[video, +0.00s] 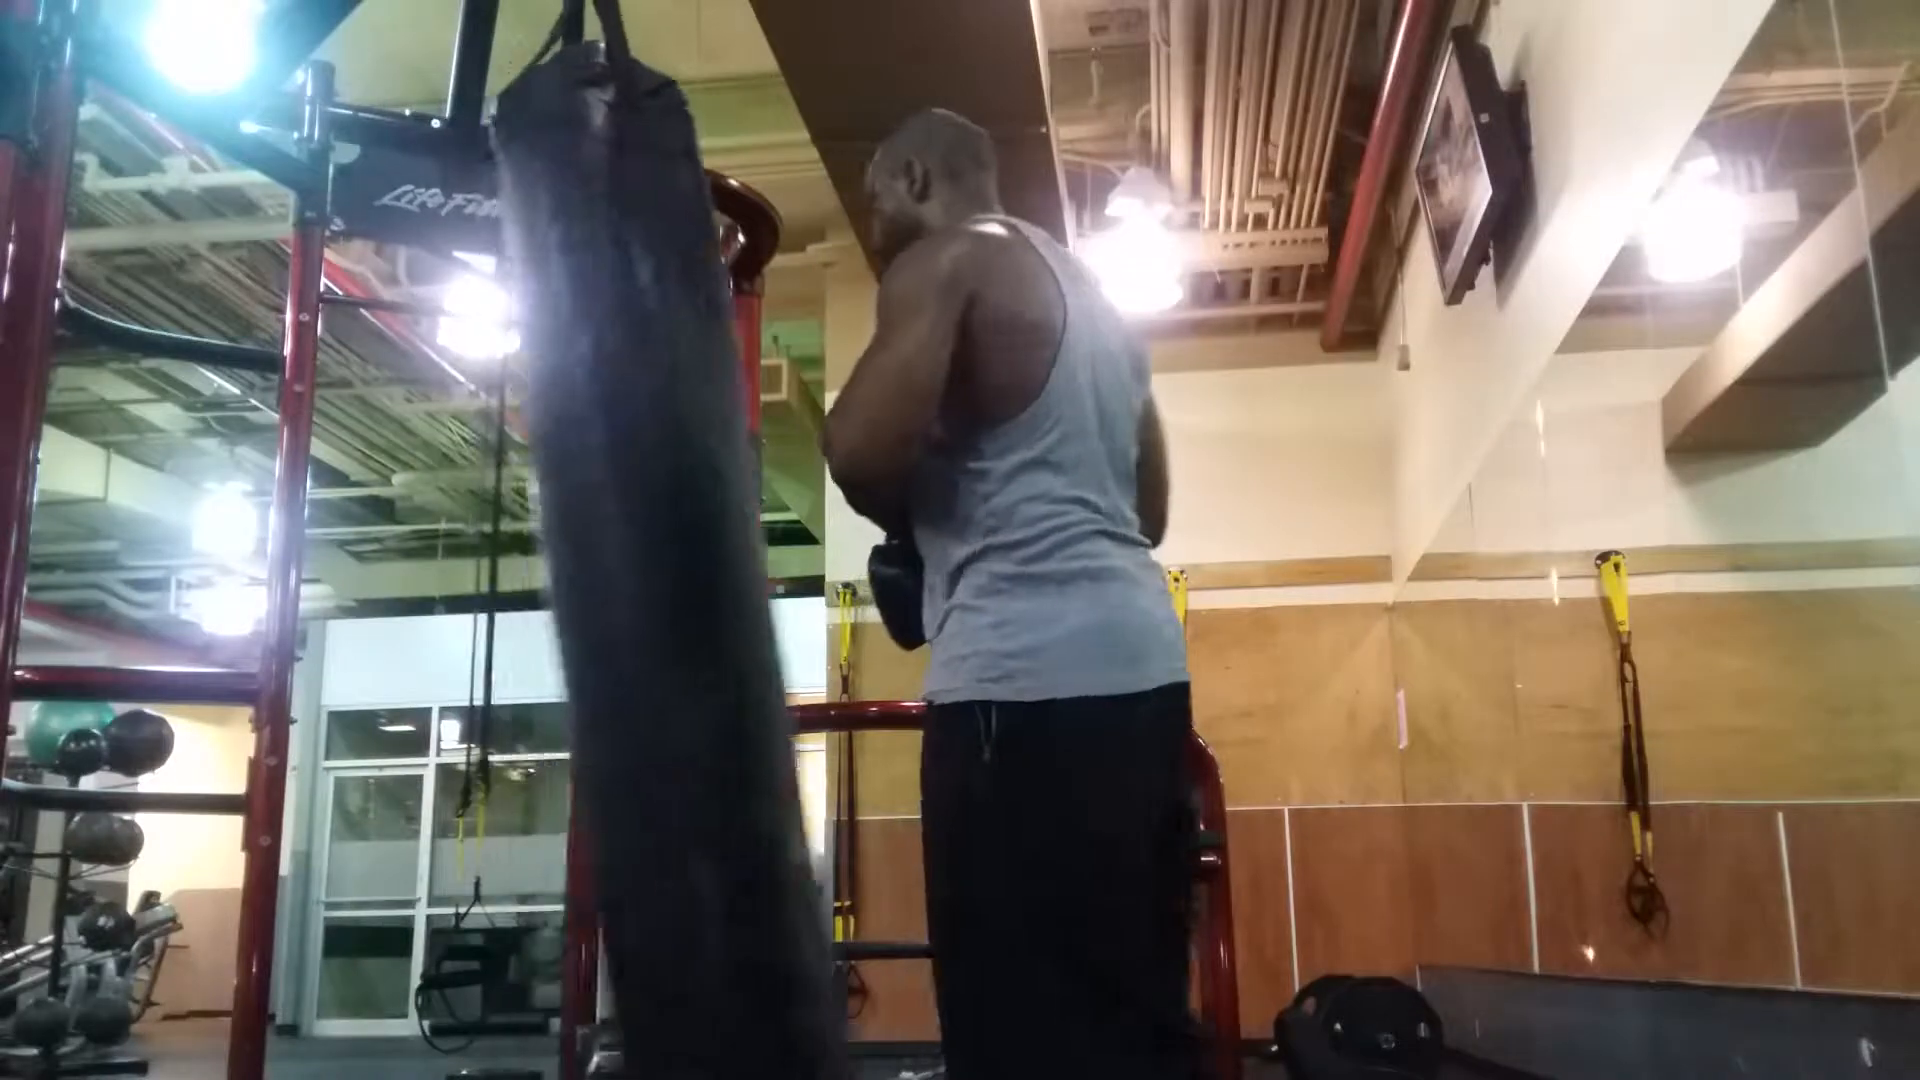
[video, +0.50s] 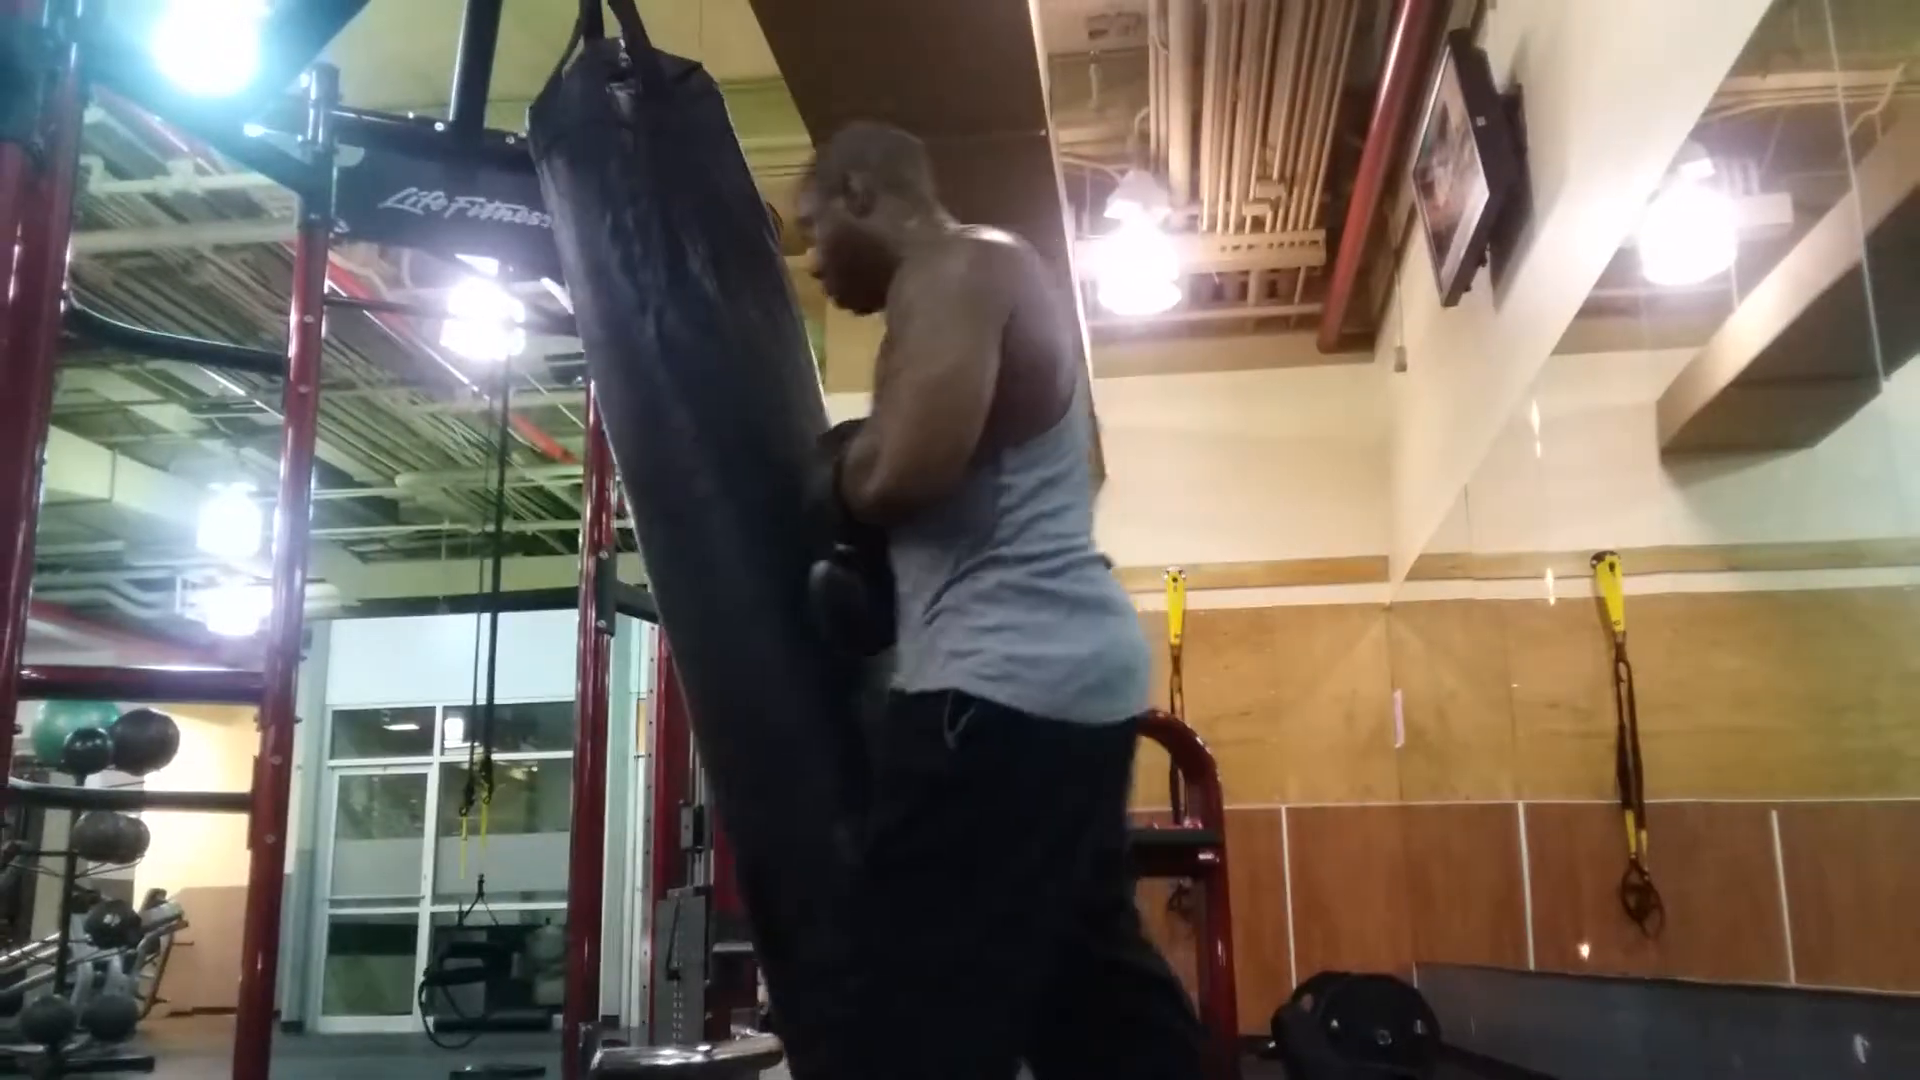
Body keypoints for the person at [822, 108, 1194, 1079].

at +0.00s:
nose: (873, 231)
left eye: (874, 205)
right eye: (870, 209)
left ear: (909, 179)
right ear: (982, 182)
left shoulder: (944, 259)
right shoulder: (1091, 295)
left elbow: (863, 452)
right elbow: (1144, 515)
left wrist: (920, 527)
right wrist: (951, 551)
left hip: (1021, 689)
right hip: (1139, 681)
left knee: (1010, 1023)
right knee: (1133, 1010)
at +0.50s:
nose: (813, 265)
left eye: (811, 235)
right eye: (803, 243)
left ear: (860, 201)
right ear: (894, 198)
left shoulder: (954, 269)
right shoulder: (1012, 270)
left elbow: (905, 473)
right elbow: (1083, 469)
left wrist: (839, 465)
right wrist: (895, 506)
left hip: (1002, 683)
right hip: (1069, 675)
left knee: (919, 994)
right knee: (1091, 979)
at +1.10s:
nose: (625, 189)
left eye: (624, 177)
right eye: (621, 178)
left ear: (646, 154)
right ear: (732, 143)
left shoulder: (658, 208)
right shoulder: (887, 244)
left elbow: (600, 436)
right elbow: (982, 457)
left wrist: (701, 490)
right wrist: (825, 498)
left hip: (799, 628)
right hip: (955, 625)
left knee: (711, 976)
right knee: (904, 945)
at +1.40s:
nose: (729, 248)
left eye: (733, 229)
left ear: (755, 218)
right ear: (852, 228)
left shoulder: (731, 273)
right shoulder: (961, 324)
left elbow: (629, 458)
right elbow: (1043, 533)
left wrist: (686, 581)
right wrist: (922, 572)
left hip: (812, 659)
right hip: (971, 674)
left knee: (697, 987)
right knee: (939, 960)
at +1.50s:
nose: (764, 292)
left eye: (769, 276)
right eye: (767, 281)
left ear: (797, 260)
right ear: (886, 268)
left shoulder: (787, 297)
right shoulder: (996, 364)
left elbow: (678, 485)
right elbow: (1067, 573)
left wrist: (683, 595)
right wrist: (951, 606)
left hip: (846, 681)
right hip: (998, 701)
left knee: (749, 975)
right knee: (963, 957)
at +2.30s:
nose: (898, 384)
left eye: (902, 357)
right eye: (891, 363)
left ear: (959, 335)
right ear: (958, 340)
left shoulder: (1042, 397)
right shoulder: (998, 421)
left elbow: (1072, 532)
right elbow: (1033, 544)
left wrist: (979, 628)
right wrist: (968, 557)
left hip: (1103, 710)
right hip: (1080, 705)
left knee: (1024, 959)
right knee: (1110, 968)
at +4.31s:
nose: (867, 401)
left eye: (864, 371)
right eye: (858, 380)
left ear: (913, 337)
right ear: (942, 330)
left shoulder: (968, 373)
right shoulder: (1061, 384)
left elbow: (970, 547)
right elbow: (1017, 601)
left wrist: (871, 526)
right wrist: (884, 547)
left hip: (1095, 706)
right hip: (1198, 700)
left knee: (973, 976)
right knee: (1181, 956)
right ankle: (1262, 1067)